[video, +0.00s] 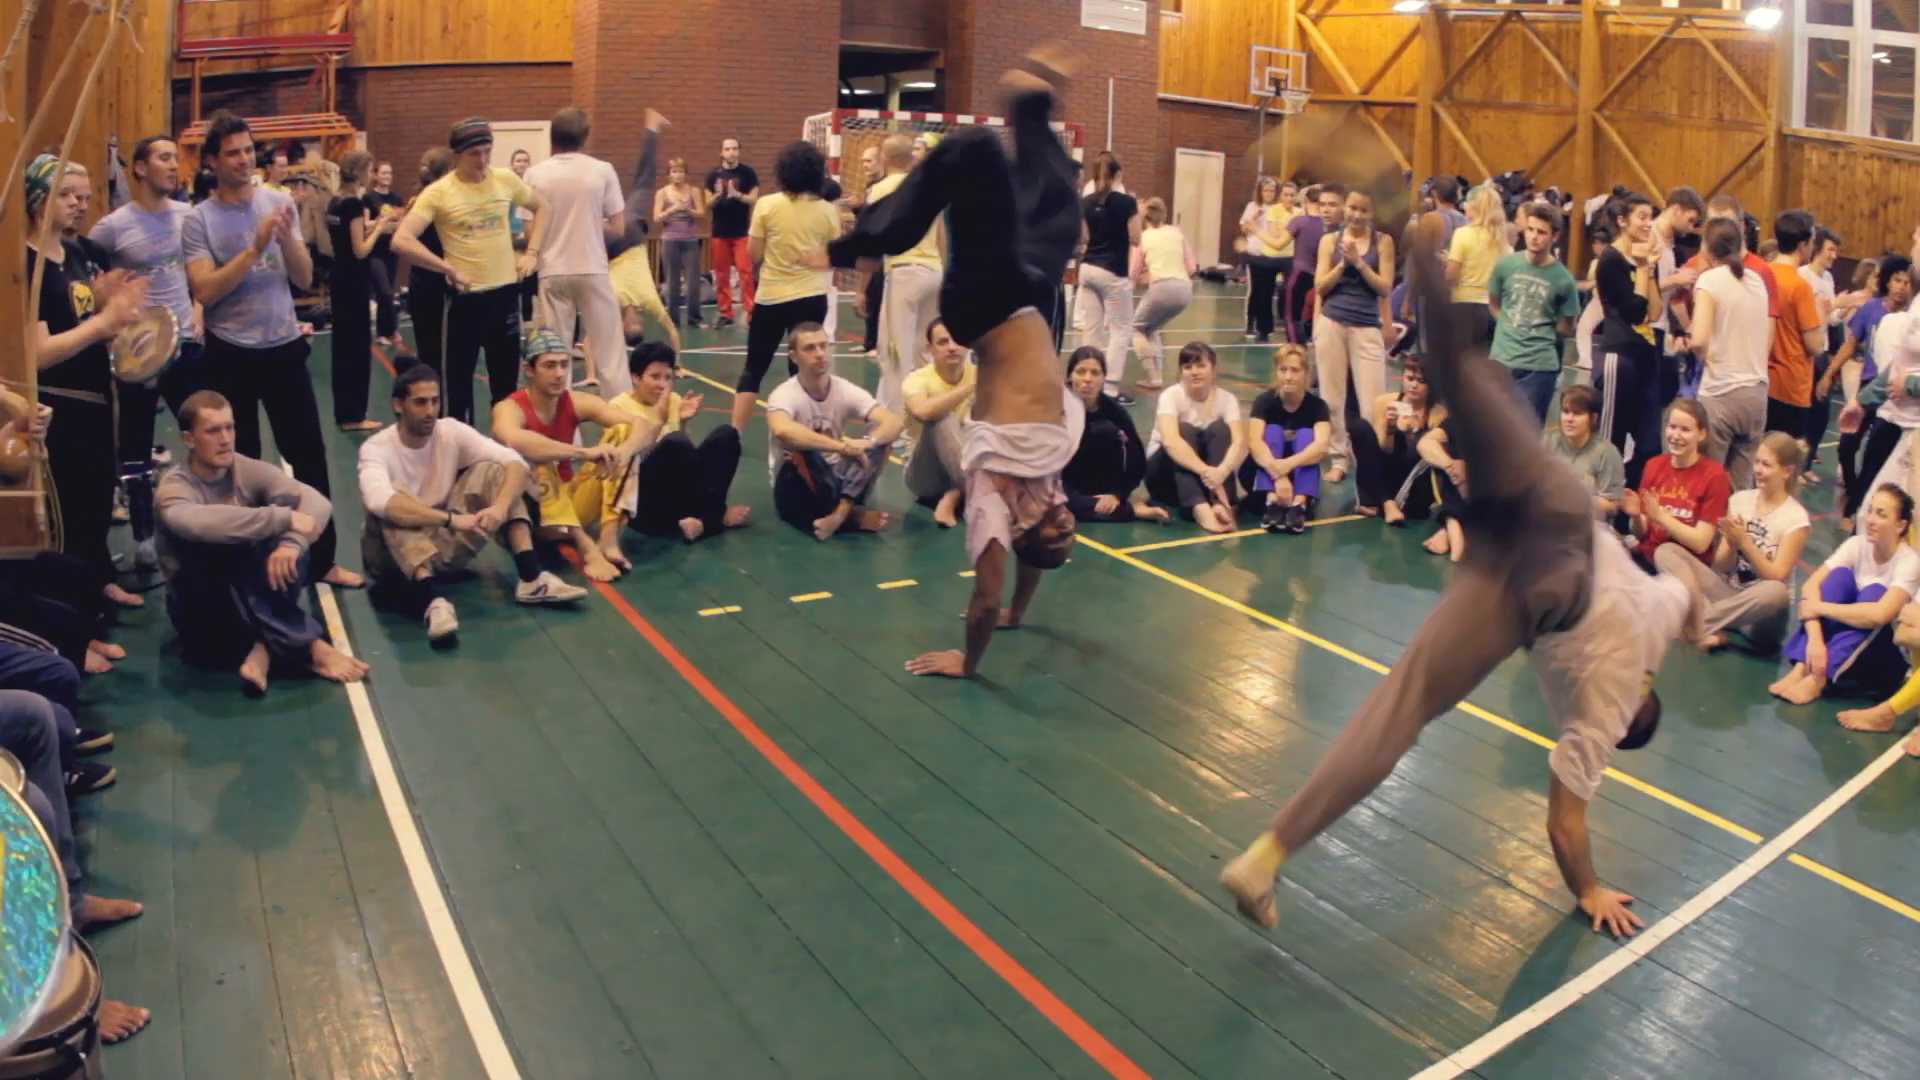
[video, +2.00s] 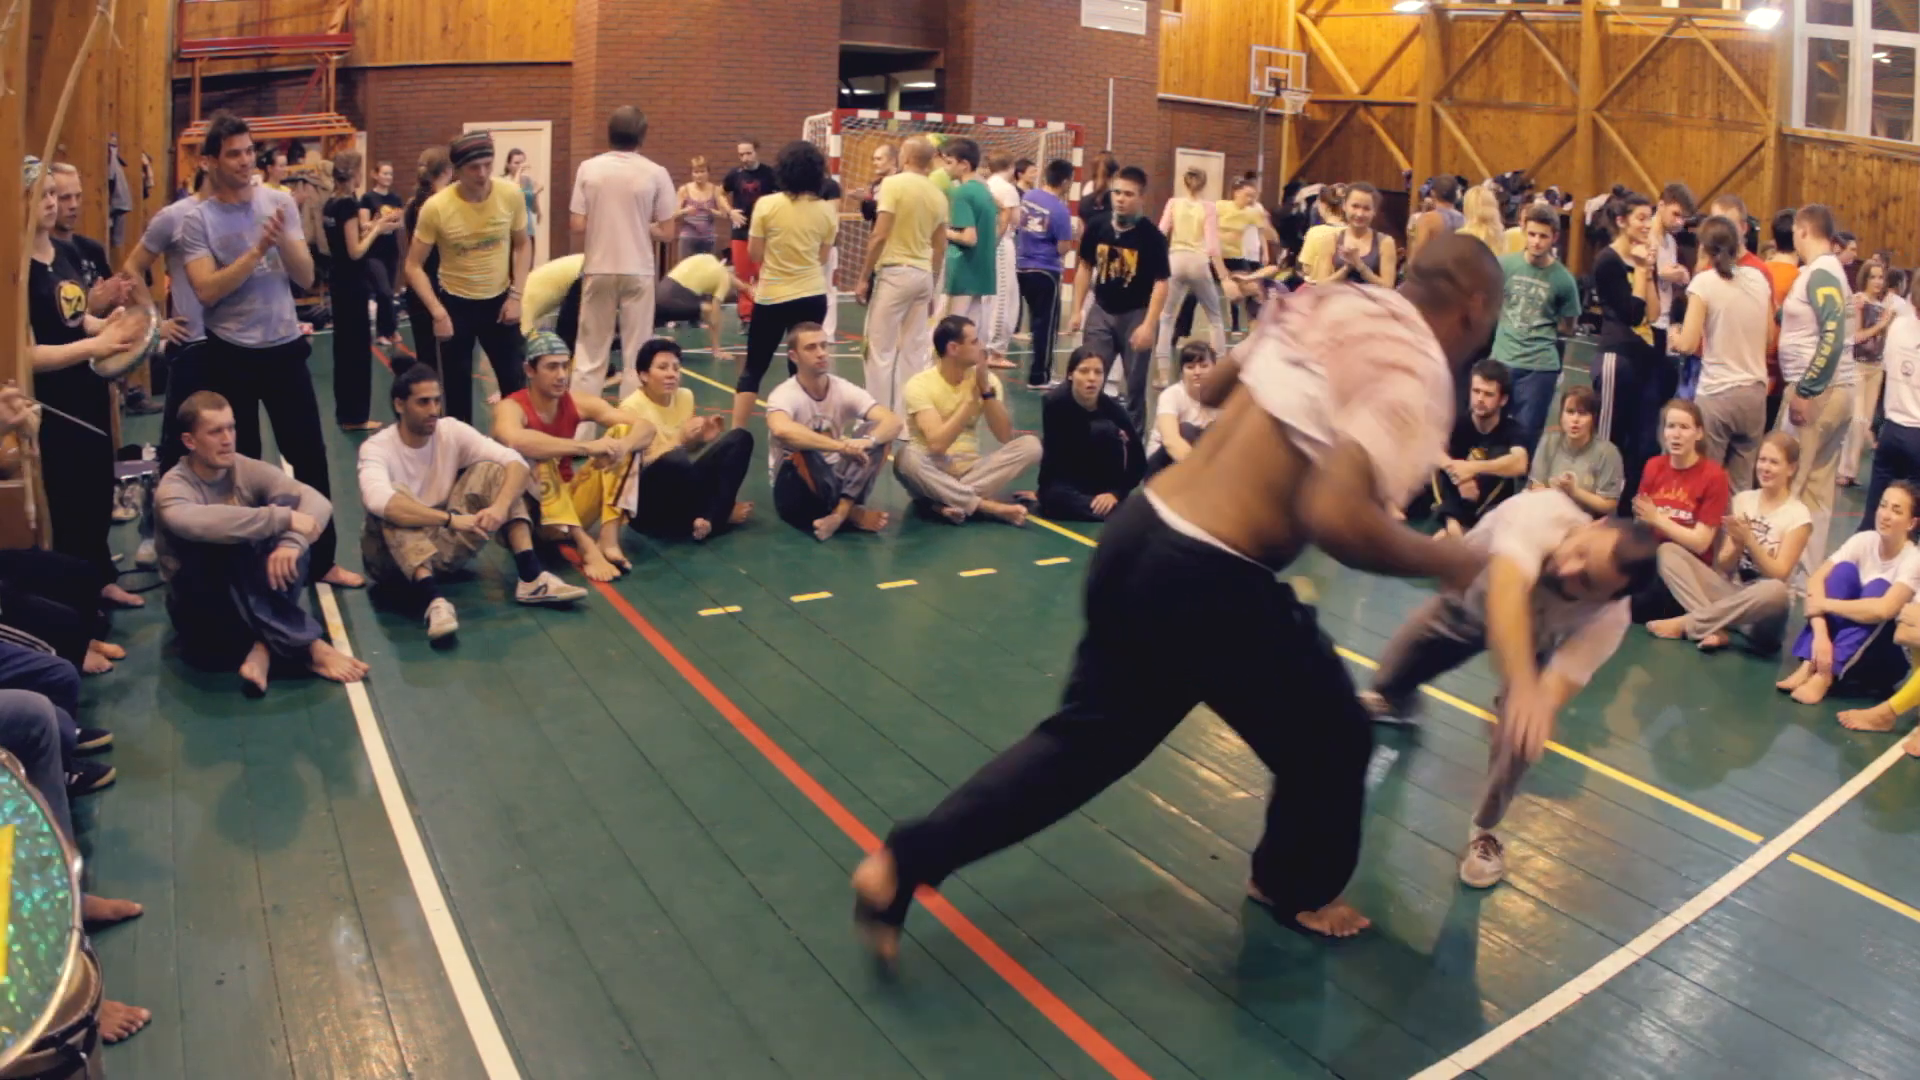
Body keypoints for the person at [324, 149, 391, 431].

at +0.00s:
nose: (372, 176)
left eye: (372, 171)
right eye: (370, 171)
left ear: (346, 172)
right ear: (361, 174)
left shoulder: (335, 203)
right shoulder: (354, 205)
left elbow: (342, 244)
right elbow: (360, 249)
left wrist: (368, 226)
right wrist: (379, 229)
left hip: (340, 278)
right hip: (356, 280)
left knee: (345, 342)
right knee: (357, 344)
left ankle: (346, 412)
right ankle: (352, 415)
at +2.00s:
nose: (366, 175)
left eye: (365, 169)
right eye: (364, 170)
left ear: (338, 172)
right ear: (354, 173)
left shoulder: (330, 205)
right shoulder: (348, 206)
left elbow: (344, 245)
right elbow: (355, 250)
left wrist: (370, 226)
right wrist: (377, 228)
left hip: (339, 279)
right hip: (353, 281)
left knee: (346, 343)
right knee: (358, 344)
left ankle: (347, 413)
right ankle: (355, 416)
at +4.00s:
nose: (361, 176)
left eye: (359, 170)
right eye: (359, 171)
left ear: (334, 173)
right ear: (351, 173)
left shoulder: (326, 204)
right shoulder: (346, 201)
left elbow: (340, 242)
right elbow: (357, 244)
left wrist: (366, 224)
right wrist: (377, 223)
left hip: (335, 278)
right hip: (351, 280)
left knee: (343, 340)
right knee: (358, 342)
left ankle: (341, 408)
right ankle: (355, 413)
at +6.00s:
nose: (369, 174)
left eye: (368, 169)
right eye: (367, 170)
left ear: (342, 171)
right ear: (358, 172)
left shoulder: (334, 203)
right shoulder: (354, 204)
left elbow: (345, 244)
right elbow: (361, 248)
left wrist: (370, 228)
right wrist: (381, 230)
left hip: (342, 279)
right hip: (358, 281)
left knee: (347, 342)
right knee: (361, 344)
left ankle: (346, 411)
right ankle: (356, 414)